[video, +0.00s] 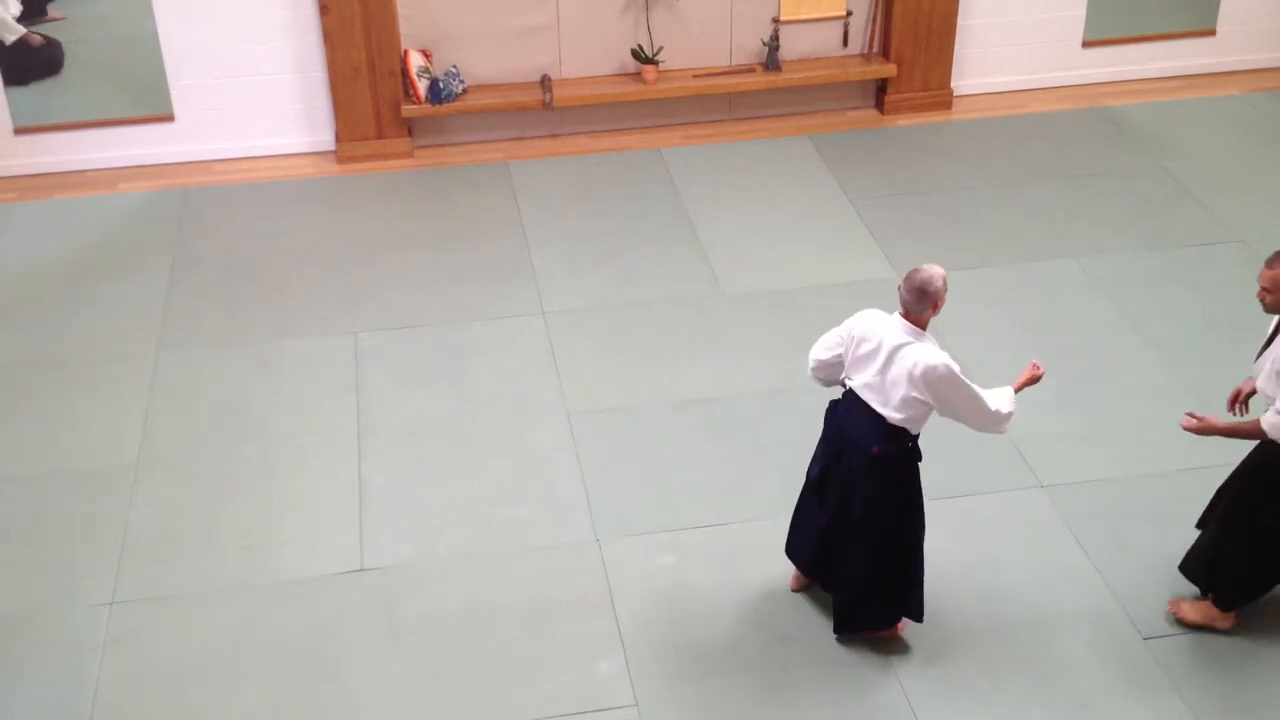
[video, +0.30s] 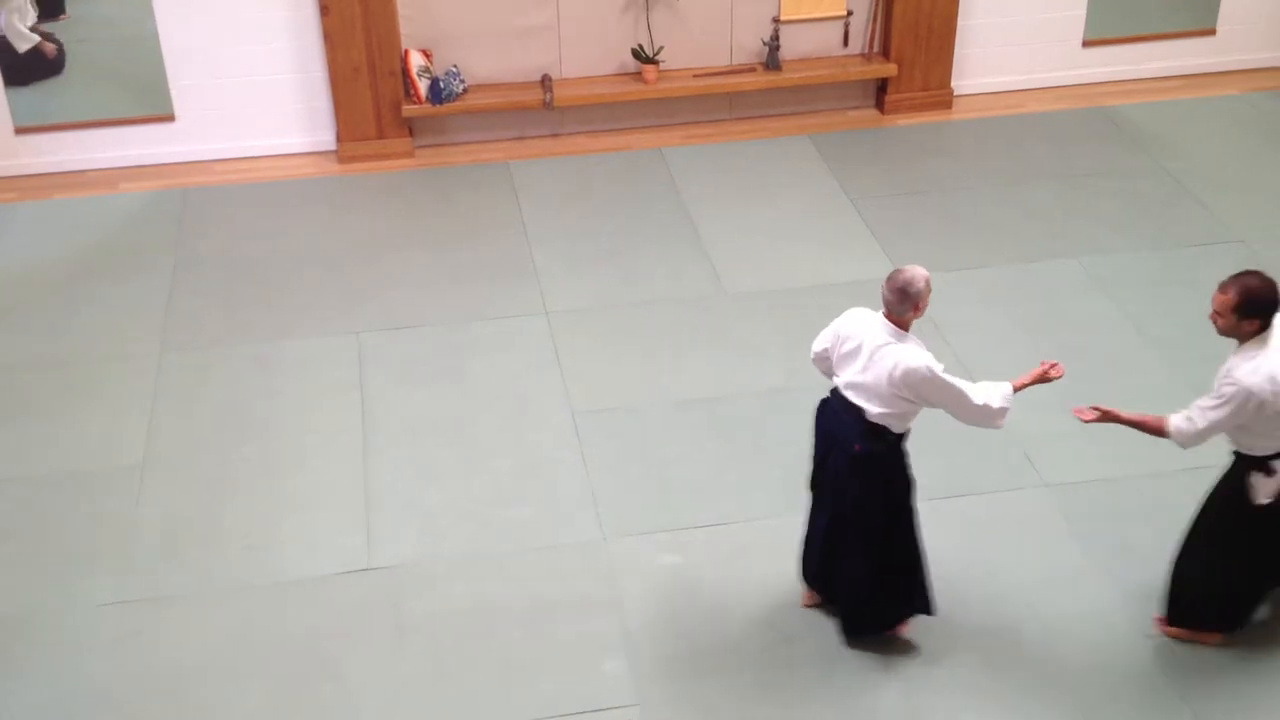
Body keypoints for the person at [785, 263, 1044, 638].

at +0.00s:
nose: (943, 299)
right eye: (943, 296)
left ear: (900, 292)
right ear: (938, 306)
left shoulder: (866, 322)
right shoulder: (933, 364)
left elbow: (820, 365)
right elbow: (986, 412)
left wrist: (853, 376)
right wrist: (1017, 387)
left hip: (842, 424)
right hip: (886, 448)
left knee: (826, 498)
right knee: (886, 529)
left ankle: (806, 569)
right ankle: (879, 619)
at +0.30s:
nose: (927, 301)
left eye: (926, 295)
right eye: (926, 298)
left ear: (883, 295)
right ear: (919, 308)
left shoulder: (855, 319)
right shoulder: (913, 365)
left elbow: (820, 354)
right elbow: (971, 399)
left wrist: (850, 378)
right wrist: (1026, 381)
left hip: (831, 421)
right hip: (872, 446)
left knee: (828, 508)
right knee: (884, 526)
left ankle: (816, 586)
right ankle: (885, 616)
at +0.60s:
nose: (935, 303)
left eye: (941, 302)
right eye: (938, 297)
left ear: (964, 316)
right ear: (978, 311)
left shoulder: (955, 367)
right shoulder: (1012, 320)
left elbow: (877, 389)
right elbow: (1041, 345)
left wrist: (807, 379)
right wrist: (1019, 388)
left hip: (992, 460)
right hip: (1034, 438)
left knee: (915, 514)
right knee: (1036, 527)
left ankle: (954, 586)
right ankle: (1048, 605)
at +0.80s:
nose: (841, 327)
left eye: (847, 324)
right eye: (845, 321)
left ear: (866, 340)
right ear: (887, 329)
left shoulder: (853, 387)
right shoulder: (926, 343)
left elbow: (779, 392)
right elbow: (977, 375)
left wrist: (711, 377)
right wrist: (969, 397)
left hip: (908, 481)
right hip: (958, 457)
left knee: (839, 546)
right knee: (986, 529)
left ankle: (818, 646)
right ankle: (1027, 604)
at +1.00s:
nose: (740, 334)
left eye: (745, 331)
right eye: (743, 328)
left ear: (765, 344)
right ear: (790, 332)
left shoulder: (764, 396)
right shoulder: (830, 349)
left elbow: (694, 408)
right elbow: (879, 381)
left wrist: (634, 385)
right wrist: (908, 416)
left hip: (825, 491)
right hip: (868, 461)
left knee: (775, 569)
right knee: (884, 539)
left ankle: (784, 651)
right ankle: (917, 610)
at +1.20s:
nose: (675, 344)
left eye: (682, 339)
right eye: (678, 336)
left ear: (707, 350)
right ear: (718, 346)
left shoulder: (702, 402)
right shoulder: (769, 363)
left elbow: (628, 431)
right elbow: (808, 413)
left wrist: (565, 414)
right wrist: (786, 450)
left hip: (764, 509)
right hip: (802, 485)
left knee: (690, 572)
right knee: (803, 567)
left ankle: (700, 665)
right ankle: (837, 639)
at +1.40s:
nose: (589, 365)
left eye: (595, 358)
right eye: (591, 356)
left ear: (622, 364)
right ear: (630, 364)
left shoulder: (609, 410)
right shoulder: (676, 401)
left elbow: (539, 439)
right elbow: (694, 463)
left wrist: (489, 422)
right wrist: (681, 497)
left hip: (660, 542)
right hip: (700, 519)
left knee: (606, 622)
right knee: (715, 591)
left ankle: (621, 701)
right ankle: (773, 625)